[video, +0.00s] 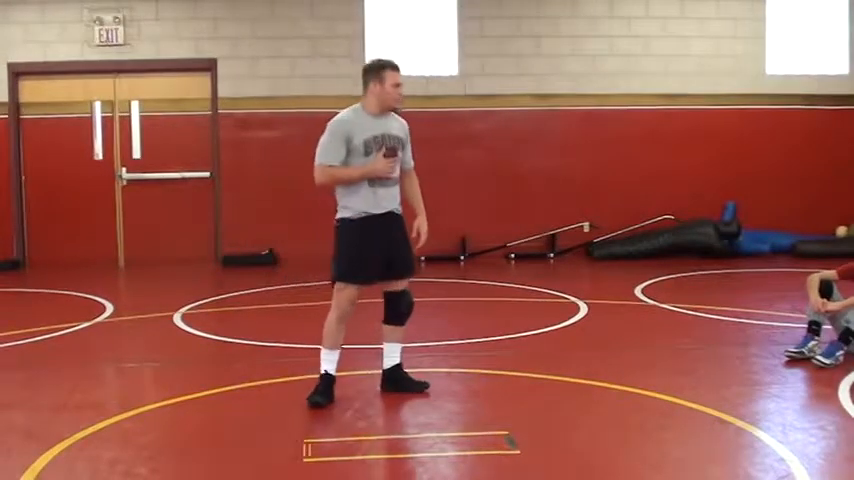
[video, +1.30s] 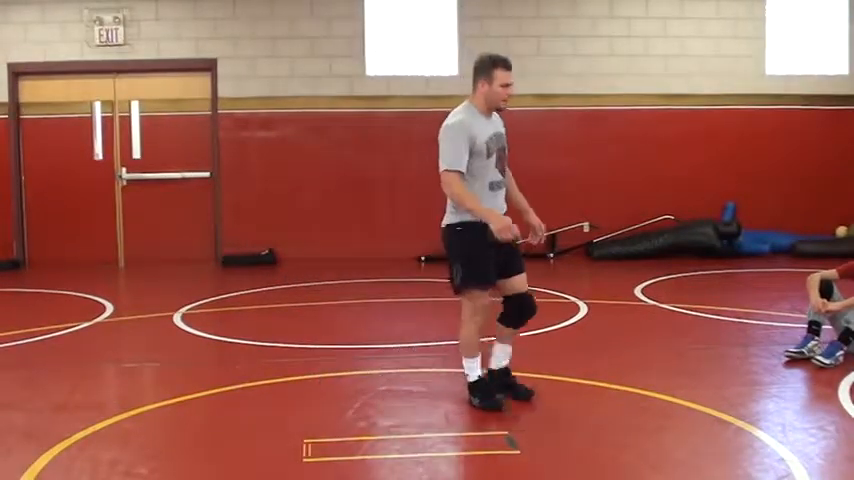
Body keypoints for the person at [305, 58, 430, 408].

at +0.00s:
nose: (401, 92)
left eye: (401, 86)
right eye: (396, 86)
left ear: (388, 88)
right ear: (374, 87)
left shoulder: (399, 125)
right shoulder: (342, 124)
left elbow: (408, 173)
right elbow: (322, 175)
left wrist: (420, 214)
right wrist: (369, 170)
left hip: (391, 222)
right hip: (353, 224)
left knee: (398, 298)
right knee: (344, 302)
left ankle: (392, 372)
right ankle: (326, 379)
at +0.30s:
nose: (430, 94)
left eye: (431, 88)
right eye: (426, 88)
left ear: (416, 89)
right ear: (405, 86)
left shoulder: (424, 130)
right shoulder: (369, 121)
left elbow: (429, 180)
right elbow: (353, 171)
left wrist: (441, 227)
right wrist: (390, 215)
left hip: (407, 220)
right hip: (372, 219)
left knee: (403, 299)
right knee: (380, 300)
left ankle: (392, 368)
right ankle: (373, 375)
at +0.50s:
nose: (445, 99)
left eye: (447, 93)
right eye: (441, 92)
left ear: (433, 93)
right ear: (420, 88)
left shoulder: (437, 132)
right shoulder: (383, 122)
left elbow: (440, 183)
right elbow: (356, 170)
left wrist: (454, 228)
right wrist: (346, 222)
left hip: (418, 221)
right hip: (385, 221)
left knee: (408, 294)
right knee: (413, 292)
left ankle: (392, 370)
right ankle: (433, 368)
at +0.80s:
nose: (467, 99)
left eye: (468, 93)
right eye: (462, 93)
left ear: (457, 94)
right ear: (440, 91)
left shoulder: (459, 131)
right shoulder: (410, 129)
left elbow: (462, 179)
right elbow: (390, 182)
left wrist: (469, 219)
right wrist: (390, 237)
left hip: (445, 227)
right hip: (417, 229)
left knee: (426, 302)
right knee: (450, 305)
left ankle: (395, 370)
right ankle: (470, 381)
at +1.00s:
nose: (485, 93)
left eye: (486, 87)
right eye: (479, 87)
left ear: (474, 89)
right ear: (457, 87)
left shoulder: (477, 124)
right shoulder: (432, 129)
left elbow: (482, 173)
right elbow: (423, 185)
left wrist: (495, 218)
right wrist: (439, 240)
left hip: (470, 225)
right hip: (444, 227)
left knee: (470, 307)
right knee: (460, 307)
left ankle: (414, 353)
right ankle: (473, 382)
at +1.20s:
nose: (502, 92)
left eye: (503, 86)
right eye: (496, 86)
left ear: (486, 87)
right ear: (474, 86)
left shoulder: (489, 121)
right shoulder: (449, 126)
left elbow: (495, 172)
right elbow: (445, 184)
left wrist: (522, 214)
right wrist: (480, 226)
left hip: (487, 223)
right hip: (457, 227)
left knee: (509, 305)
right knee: (471, 305)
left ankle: (462, 355)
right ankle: (475, 381)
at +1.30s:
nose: (510, 92)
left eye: (511, 86)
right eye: (504, 85)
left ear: (493, 87)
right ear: (483, 85)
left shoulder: (495, 120)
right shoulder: (456, 125)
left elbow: (502, 173)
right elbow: (450, 183)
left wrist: (526, 212)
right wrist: (492, 217)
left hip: (496, 225)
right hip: (465, 228)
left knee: (519, 304)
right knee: (477, 305)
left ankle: (498, 372)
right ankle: (474, 383)